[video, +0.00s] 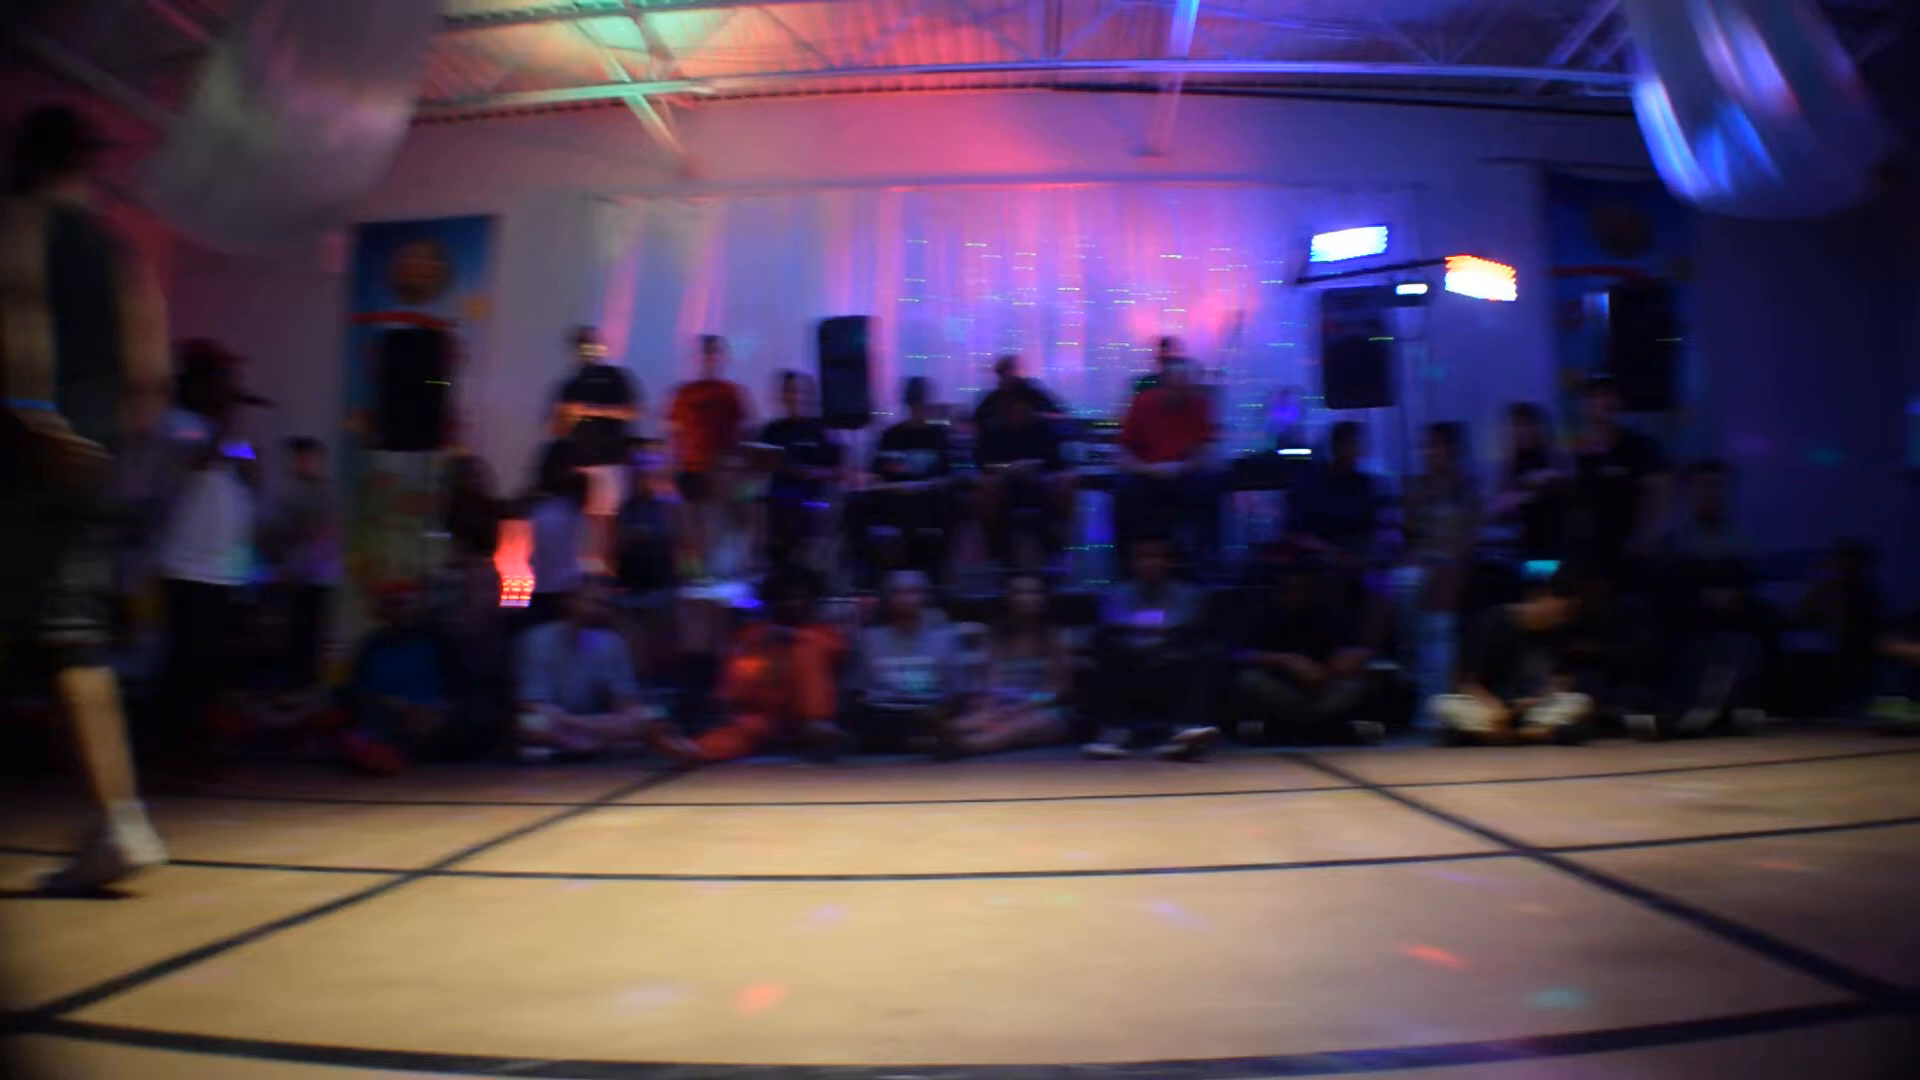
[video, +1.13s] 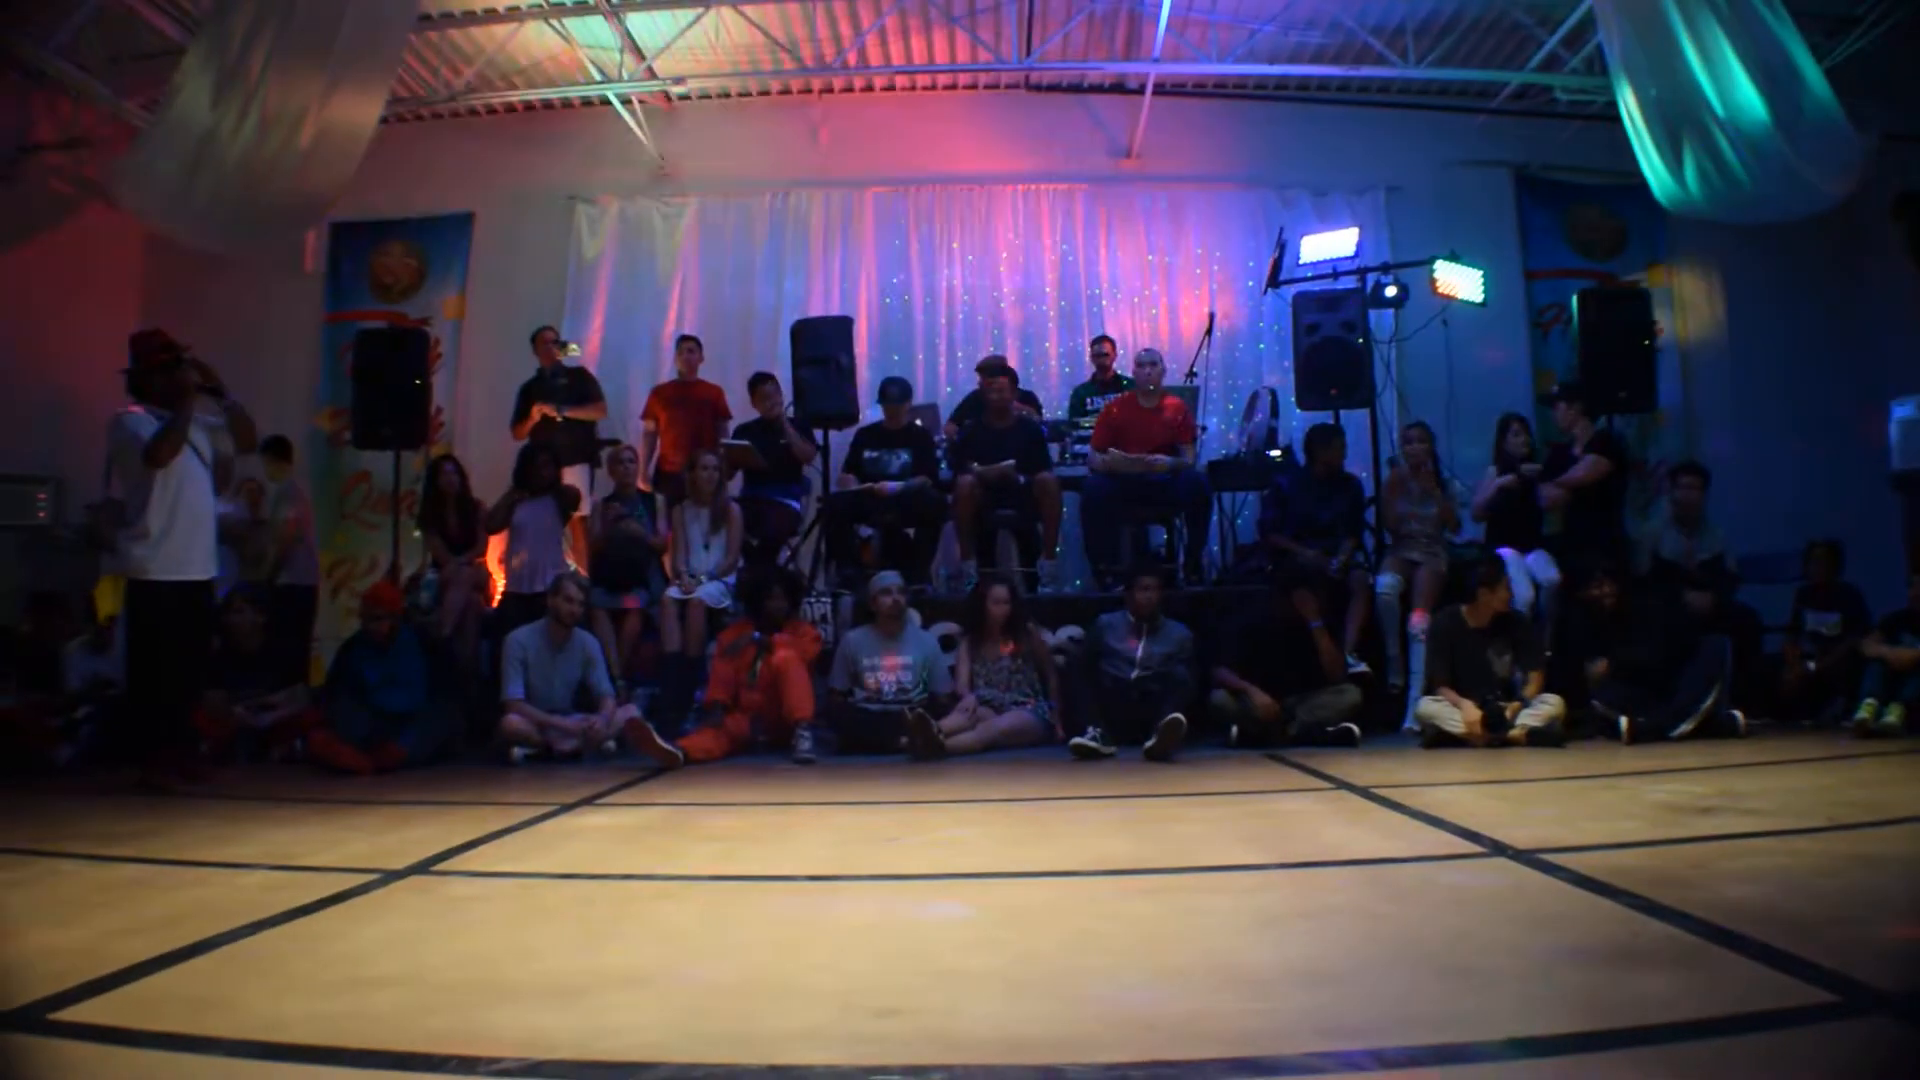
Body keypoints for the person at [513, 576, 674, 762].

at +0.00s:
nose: (597, 609)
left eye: (601, 602)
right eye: (590, 601)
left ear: (606, 605)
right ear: (570, 601)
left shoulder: (610, 643)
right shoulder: (539, 641)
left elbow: (631, 708)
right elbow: (533, 706)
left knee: (650, 719)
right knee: (530, 724)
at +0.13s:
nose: (549, 608)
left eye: (554, 603)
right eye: (543, 600)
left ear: (558, 606)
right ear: (526, 599)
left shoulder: (562, 642)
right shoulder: (493, 641)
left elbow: (580, 696)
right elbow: (487, 703)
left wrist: (582, 724)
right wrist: (535, 725)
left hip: (550, 718)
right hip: (510, 719)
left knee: (604, 715)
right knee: (485, 724)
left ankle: (533, 747)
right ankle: (555, 740)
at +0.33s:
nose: (546, 610)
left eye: (551, 604)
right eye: (539, 601)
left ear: (555, 607)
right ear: (522, 601)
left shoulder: (559, 644)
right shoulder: (490, 641)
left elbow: (578, 694)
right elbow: (484, 703)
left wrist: (574, 722)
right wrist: (534, 726)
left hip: (548, 718)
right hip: (508, 718)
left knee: (602, 713)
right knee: (482, 725)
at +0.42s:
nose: (547, 610)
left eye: (553, 604)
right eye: (541, 601)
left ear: (557, 608)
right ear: (523, 601)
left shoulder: (560, 644)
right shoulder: (492, 642)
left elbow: (579, 695)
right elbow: (486, 703)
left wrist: (574, 722)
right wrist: (538, 727)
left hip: (547, 719)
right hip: (508, 720)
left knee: (604, 714)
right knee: (483, 725)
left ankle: (633, 753)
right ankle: (544, 742)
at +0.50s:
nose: (546, 610)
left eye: (551, 604)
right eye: (539, 602)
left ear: (555, 608)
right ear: (523, 601)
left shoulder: (559, 644)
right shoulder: (490, 642)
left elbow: (578, 695)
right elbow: (484, 704)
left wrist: (574, 721)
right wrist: (539, 727)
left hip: (546, 718)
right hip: (508, 720)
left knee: (603, 713)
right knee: (482, 725)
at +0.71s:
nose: (553, 611)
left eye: (557, 605)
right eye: (546, 603)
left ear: (562, 608)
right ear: (528, 603)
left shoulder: (565, 645)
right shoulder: (497, 643)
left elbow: (582, 694)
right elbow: (492, 704)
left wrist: (582, 718)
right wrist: (543, 726)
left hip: (554, 719)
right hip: (515, 719)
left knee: (607, 714)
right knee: (489, 726)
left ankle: (548, 744)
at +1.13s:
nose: (574, 609)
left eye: (580, 604)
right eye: (568, 601)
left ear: (584, 608)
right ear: (551, 600)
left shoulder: (587, 643)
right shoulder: (520, 640)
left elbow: (607, 697)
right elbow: (514, 703)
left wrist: (603, 720)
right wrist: (565, 725)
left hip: (576, 719)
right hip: (537, 720)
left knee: (631, 712)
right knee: (511, 723)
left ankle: (563, 746)